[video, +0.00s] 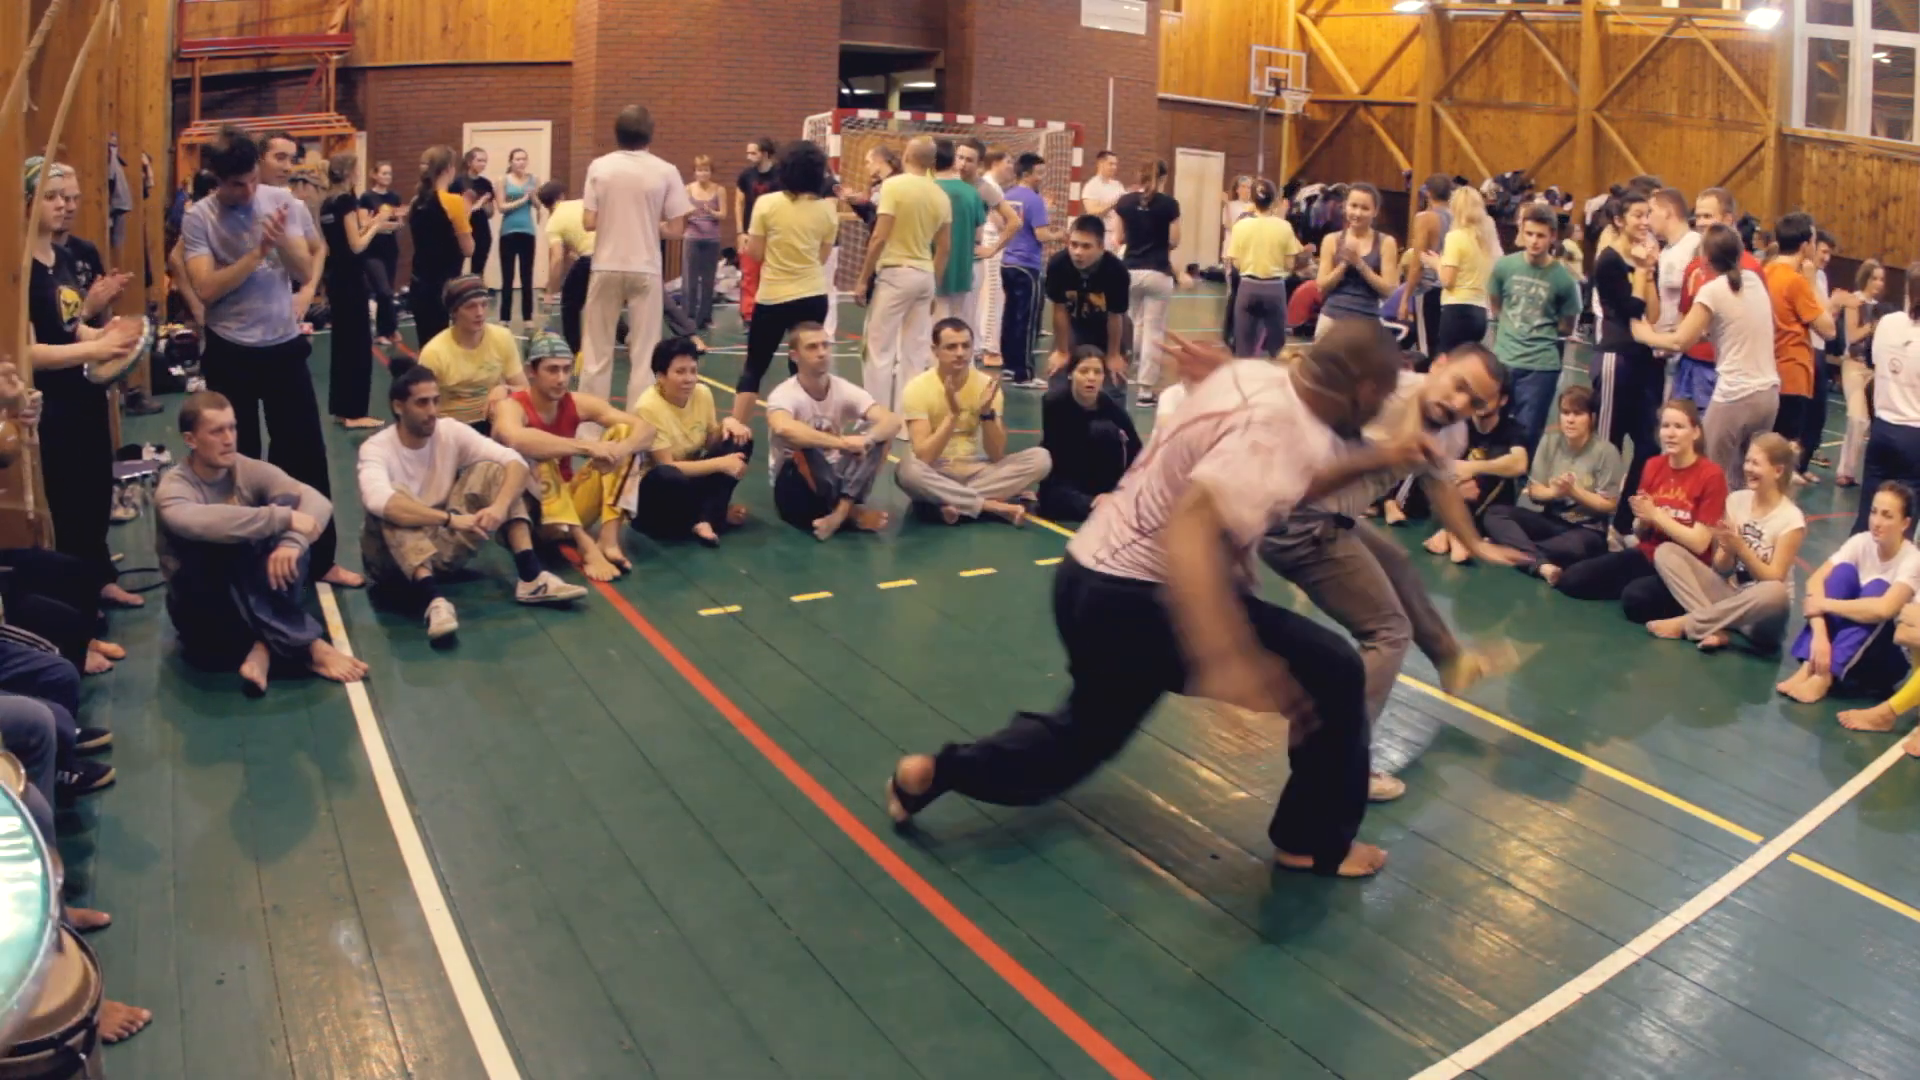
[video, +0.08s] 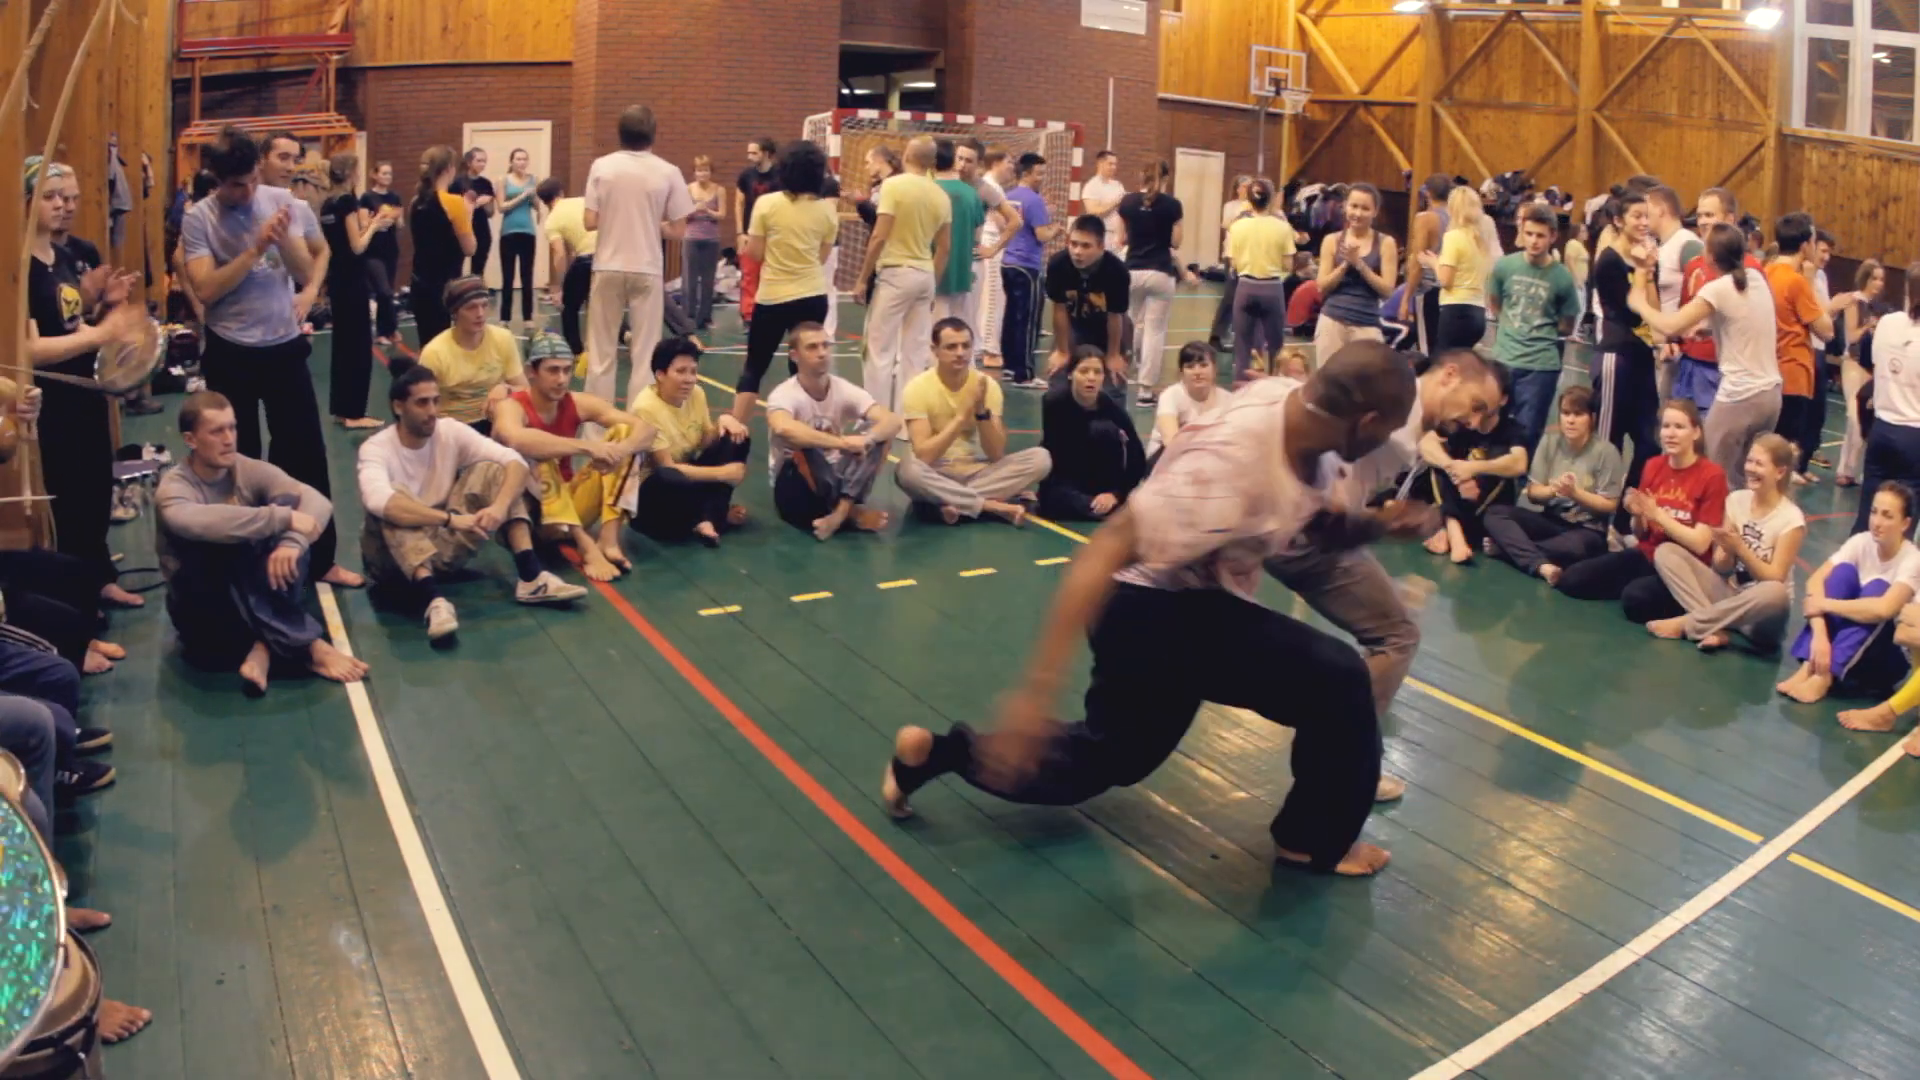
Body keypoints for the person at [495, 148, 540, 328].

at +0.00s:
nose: (521, 162)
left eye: (523, 159)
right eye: (517, 159)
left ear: (527, 161)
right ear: (511, 162)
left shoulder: (532, 181)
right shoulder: (503, 181)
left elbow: (540, 206)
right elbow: (502, 206)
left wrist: (534, 197)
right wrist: (524, 199)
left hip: (527, 230)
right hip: (509, 230)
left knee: (527, 279)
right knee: (507, 279)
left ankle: (528, 319)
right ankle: (505, 319)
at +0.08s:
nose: (522, 162)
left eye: (524, 159)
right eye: (518, 159)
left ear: (528, 161)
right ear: (511, 161)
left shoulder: (532, 180)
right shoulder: (504, 181)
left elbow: (538, 204)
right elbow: (502, 206)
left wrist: (536, 202)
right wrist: (523, 195)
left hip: (528, 230)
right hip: (509, 230)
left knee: (527, 278)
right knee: (508, 279)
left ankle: (528, 319)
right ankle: (505, 319)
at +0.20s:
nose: (523, 162)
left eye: (525, 159)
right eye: (519, 159)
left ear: (529, 162)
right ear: (512, 161)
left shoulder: (533, 181)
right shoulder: (505, 181)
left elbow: (538, 209)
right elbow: (501, 206)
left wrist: (537, 199)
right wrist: (519, 197)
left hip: (528, 230)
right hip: (510, 230)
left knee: (527, 279)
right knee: (508, 279)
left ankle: (528, 319)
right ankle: (505, 319)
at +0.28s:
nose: (523, 163)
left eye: (526, 159)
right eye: (520, 159)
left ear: (529, 162)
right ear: (513, 162)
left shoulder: (534, 182)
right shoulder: (505, 181)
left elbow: (539, 208)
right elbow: (503, 208)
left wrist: (534, 199)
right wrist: (525, 201)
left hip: (529, 230)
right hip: (510, 230)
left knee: (527, 278)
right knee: (509, 278)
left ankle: (528, 318)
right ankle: (505, 319)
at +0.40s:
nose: (523, 163)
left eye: (526, 159)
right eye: (520, 159)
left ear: (530, 162)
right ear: (513, 162)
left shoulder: (534, 182)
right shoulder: (506, 182)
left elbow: (539, 210)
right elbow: (503, 207)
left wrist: (537, 199)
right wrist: (523, 197)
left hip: (529, 231)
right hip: (511, 231)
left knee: (528, 279)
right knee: (509, 278)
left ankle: (528, 319)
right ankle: (505, 318)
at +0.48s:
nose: (523, 163)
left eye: (526, 159)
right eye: (520, 159)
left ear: (530, 162)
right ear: (513, 162)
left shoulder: (534, 182)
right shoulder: (506, 182)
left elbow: (540, 209)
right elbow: (503, 207)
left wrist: (539, 199)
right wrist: (518, 196)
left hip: (529, 230)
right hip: (510, 231)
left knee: (528, 278)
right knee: (509, 278)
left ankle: (528, 318)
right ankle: (505, 318)